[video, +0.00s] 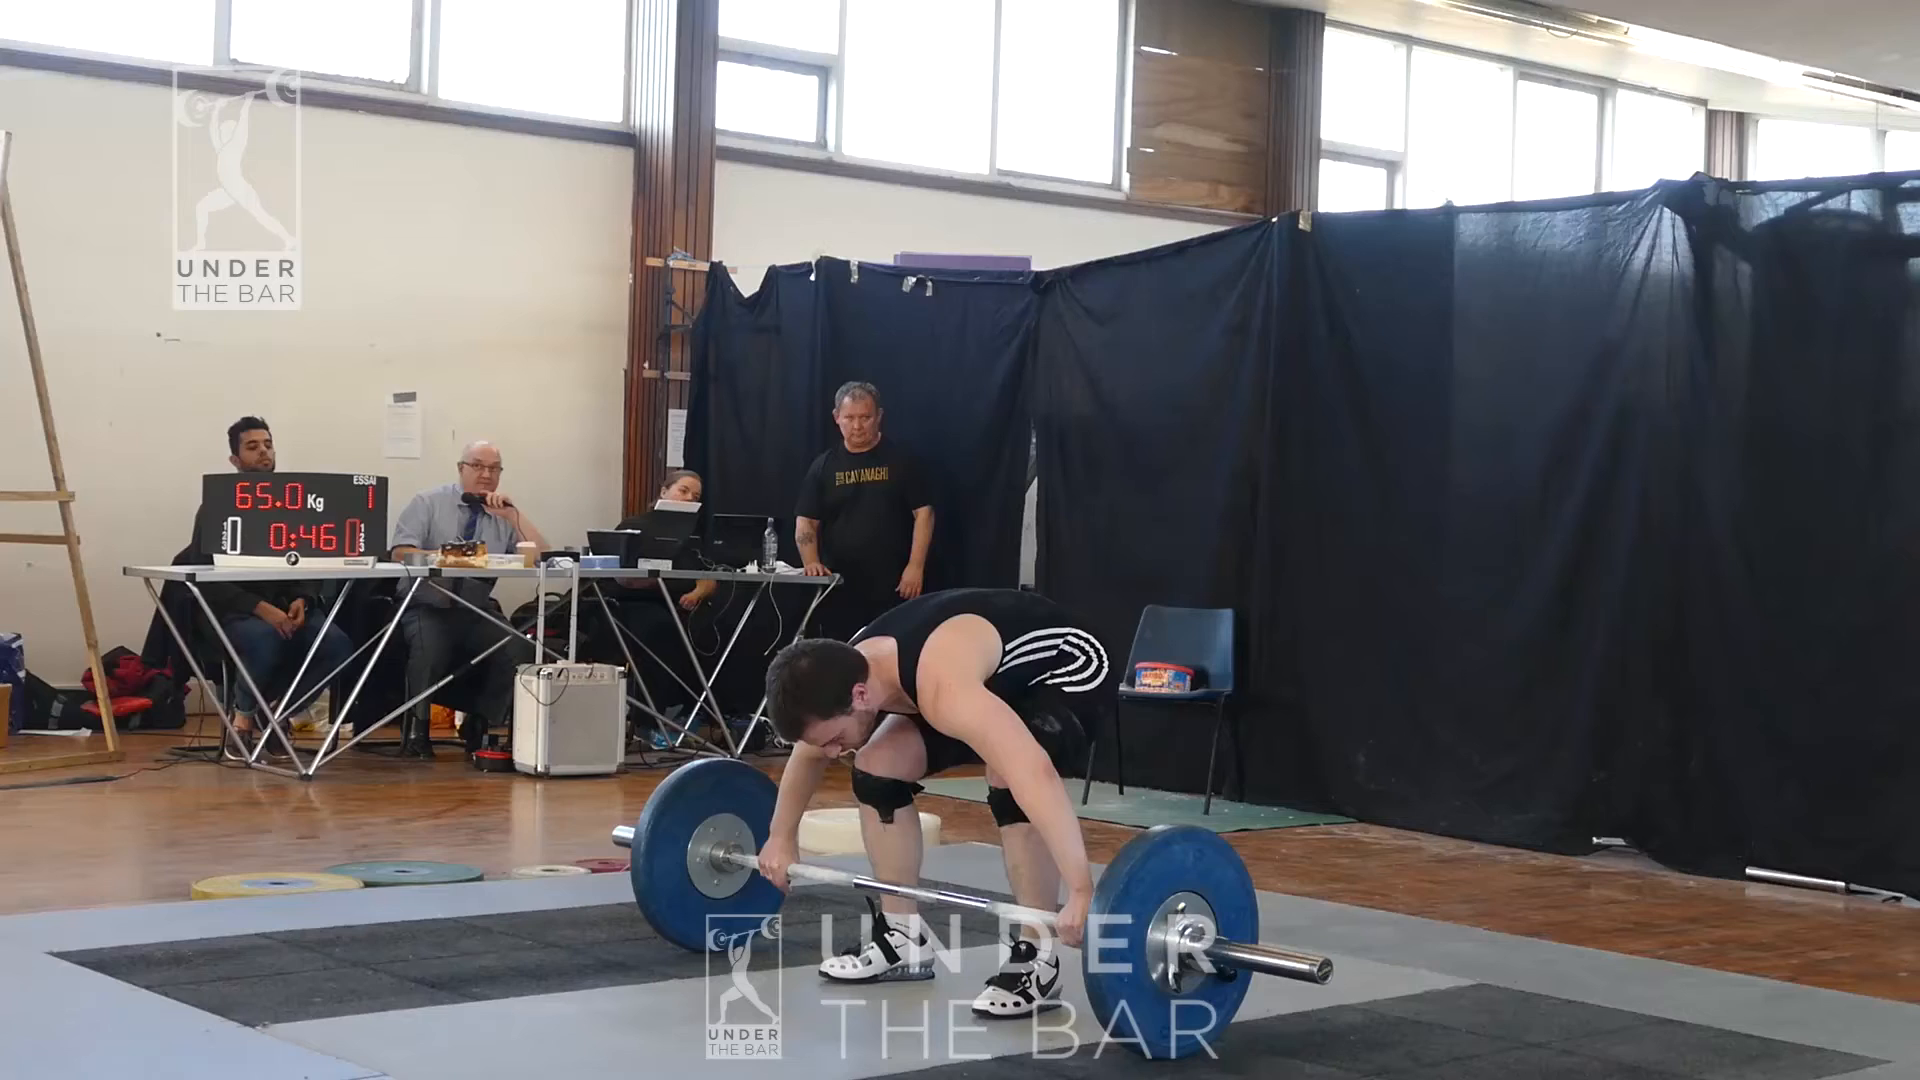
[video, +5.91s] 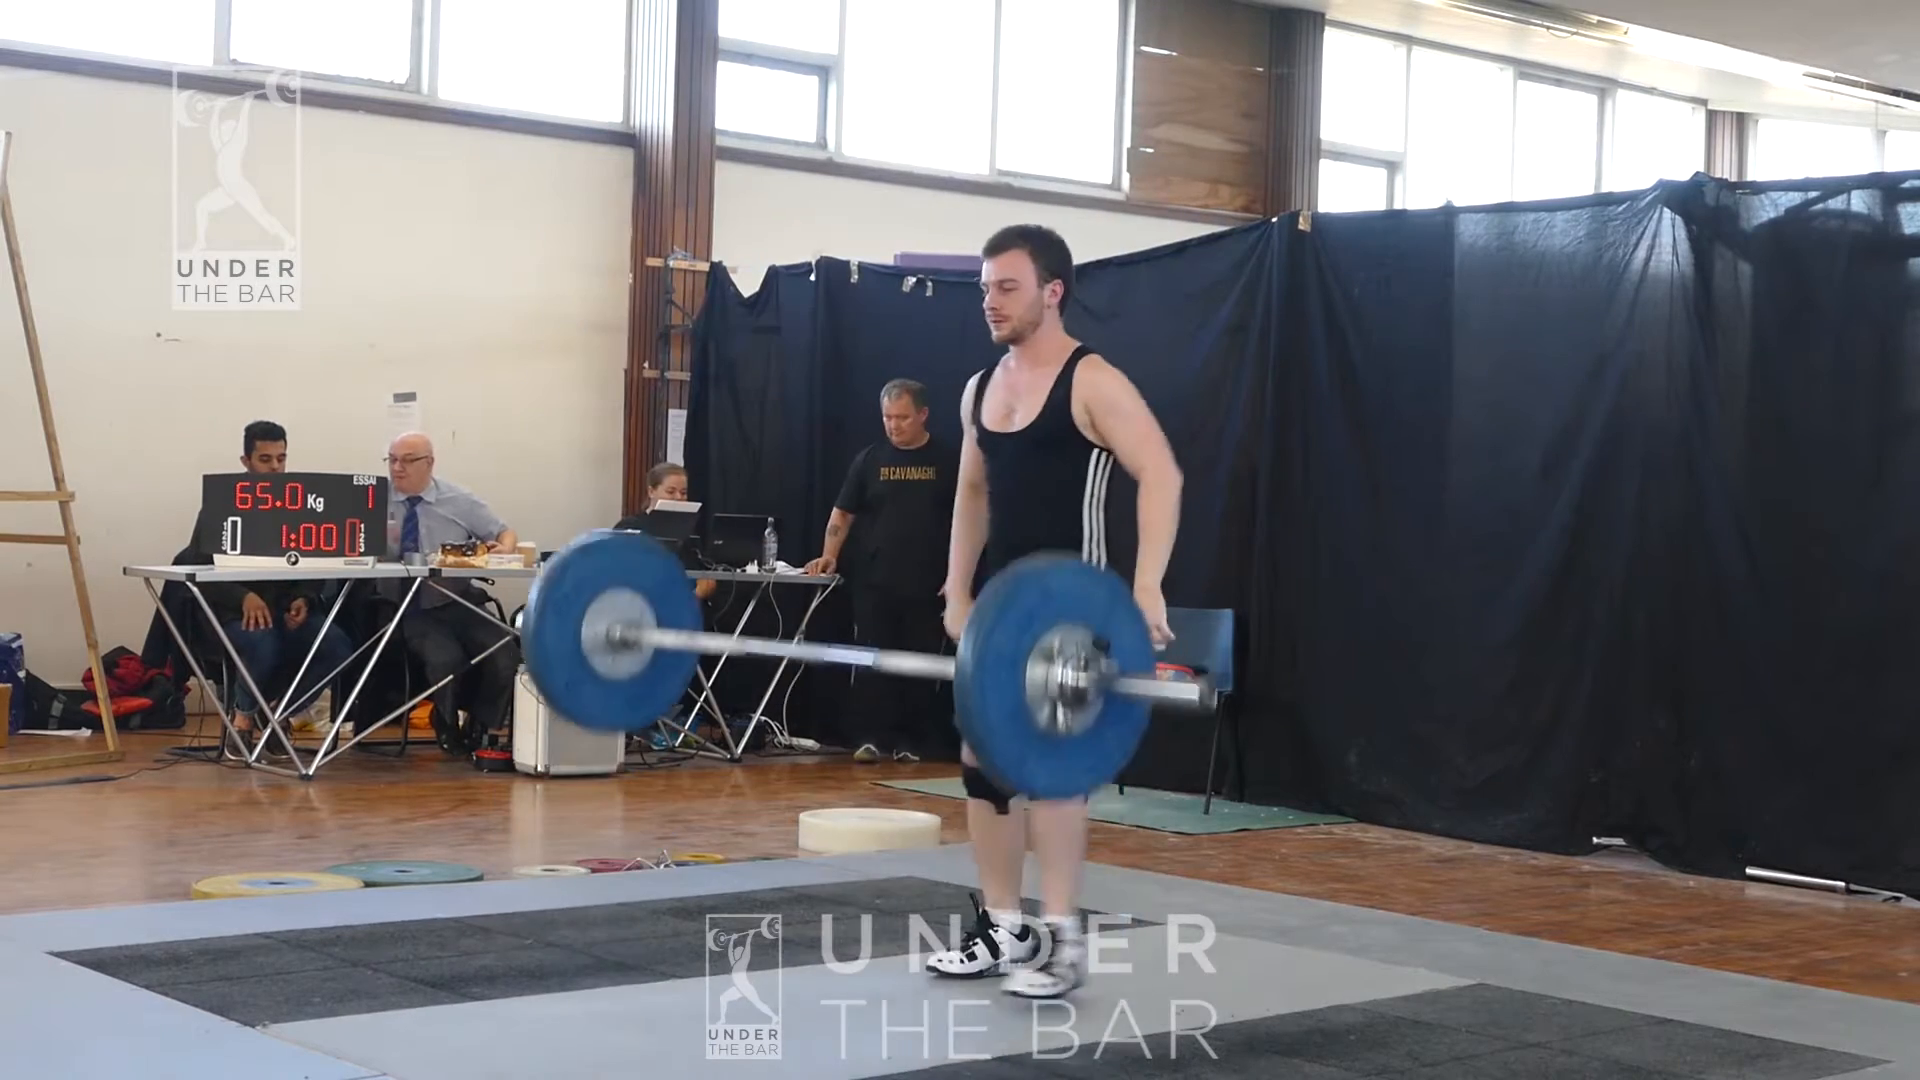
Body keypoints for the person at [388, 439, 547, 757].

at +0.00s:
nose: (486, 474)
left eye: (494, 468)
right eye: (478, 466)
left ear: (500, 474)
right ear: (461, 470)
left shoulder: (503, 516)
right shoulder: (428, 503)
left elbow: (541, 555)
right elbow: (401, 550)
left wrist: (515, 514)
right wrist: (444, 560)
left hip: (478, 609)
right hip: (429, 606)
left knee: (517, 651)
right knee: (430, 650)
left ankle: (477, 727)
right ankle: (417, 731)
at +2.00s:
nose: (484, 471)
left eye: (493, 466)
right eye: (476, 464)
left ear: (500, 473)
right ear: (460, 468)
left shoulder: (503, 516)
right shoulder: (428, 502)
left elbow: (544, 553)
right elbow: (401, 550)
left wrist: (515, 515)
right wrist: (442, 561)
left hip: (478, 609)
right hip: (429, 605)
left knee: (518, 652)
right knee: (429, 651)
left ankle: (477, 726)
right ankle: (417, 730)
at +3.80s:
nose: (438, 469)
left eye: (449, 463)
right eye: (432, 462)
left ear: (467, 468)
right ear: (426, 465)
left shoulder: (486, 507)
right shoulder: (405, 503)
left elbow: (537, 548)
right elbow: (392, 547)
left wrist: (509, 531)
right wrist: (445, 550)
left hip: (473, 605)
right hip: (422, 604)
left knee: (515, 649)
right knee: (431, 641)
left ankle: (478, 726)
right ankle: (422, 729)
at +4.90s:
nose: (402, 468)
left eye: (412, 461)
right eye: (397, 460)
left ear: (433, 464)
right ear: (391, 462)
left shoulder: (461, 499)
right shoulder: (380, 501)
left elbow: (508, 533)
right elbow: (367, 554)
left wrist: (504, 547)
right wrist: (404, 535)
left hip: (461, 599)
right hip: (409, 604)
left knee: (503, 657)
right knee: (445, 659)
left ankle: (479, 727)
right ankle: (444, 721)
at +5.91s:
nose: (398, 468)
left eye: (408, 461)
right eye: (392, 461)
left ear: (429, 464)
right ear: (387, 462)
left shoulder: (457, 501)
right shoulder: (377, 503)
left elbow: (505, 534)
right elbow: (341, 536)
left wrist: (503, 547)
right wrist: (374, 537)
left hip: (458, 603)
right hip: (405, 607)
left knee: (504, 651)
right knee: (445, 658)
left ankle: (480, 725)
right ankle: (445, 720)